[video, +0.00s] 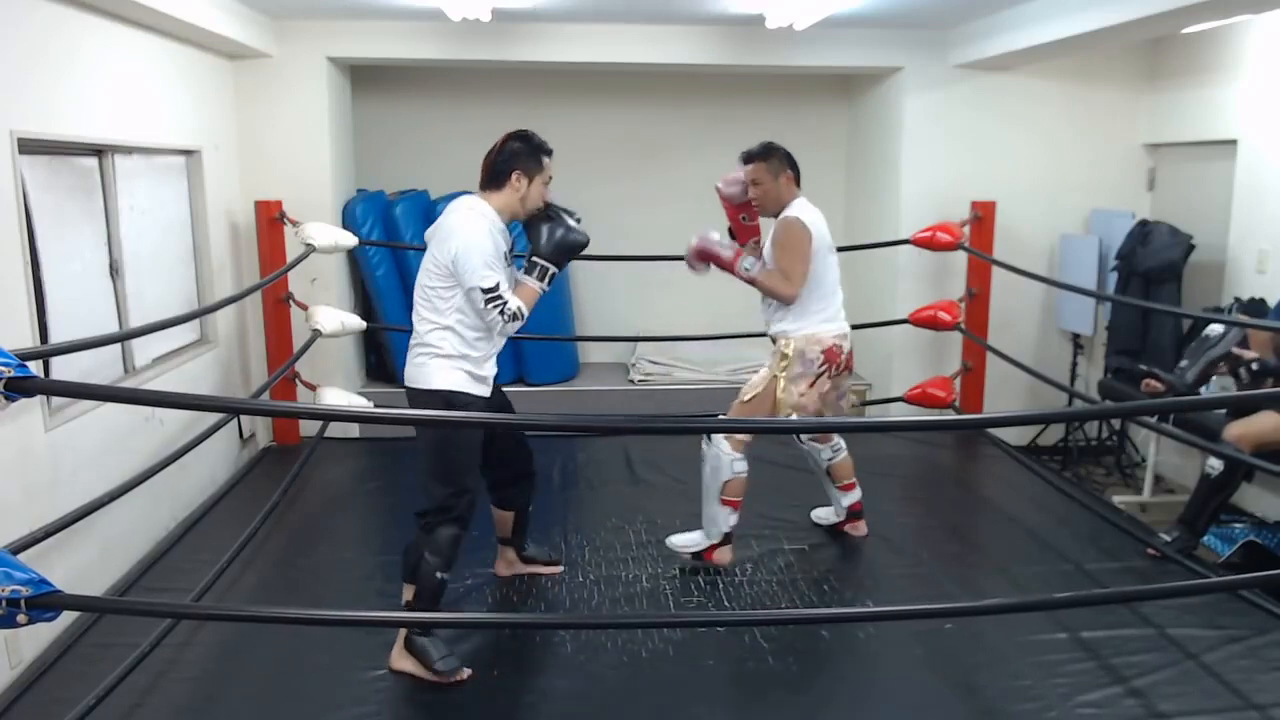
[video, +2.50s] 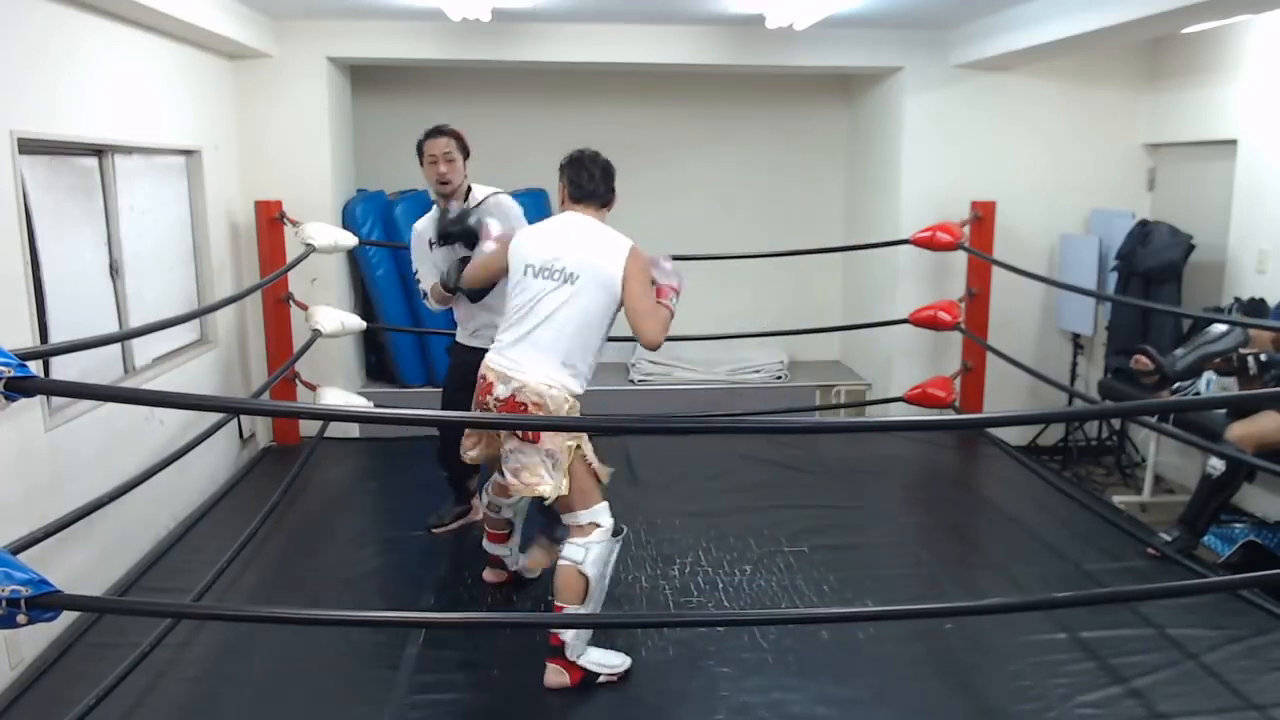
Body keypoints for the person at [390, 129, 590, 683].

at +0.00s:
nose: (547, 194)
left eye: (548, 183)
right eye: (545, 182)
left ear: (512, 178)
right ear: (518, 180)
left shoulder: (486, 223)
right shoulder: (471, 223)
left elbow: (501, 307)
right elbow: (505, 319)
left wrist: (540, 261)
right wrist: (544, 265)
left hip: (474, 377)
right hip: (444, 380)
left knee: (514, 465)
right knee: (451, 502)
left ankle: (510, 556)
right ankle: (410, 640)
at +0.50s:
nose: (488, 177)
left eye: (487, 167)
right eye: (478, 169)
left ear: (452, 175)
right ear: (444, 175)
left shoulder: (470, 228)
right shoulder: (411, 234)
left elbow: (469, 300)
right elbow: (433, 328)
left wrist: (505, 262)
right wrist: (491, 283)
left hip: (457, 383)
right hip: (410, 389)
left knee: (514, 460)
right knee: (403, 507)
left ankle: (510, 550)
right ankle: (351, 610)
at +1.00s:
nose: (529, 184)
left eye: (532, 175)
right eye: (522, 174)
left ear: (524, 179)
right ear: (490, 176)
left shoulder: (509, 226)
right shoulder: (455, 220)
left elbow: (528, 298)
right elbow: (491, 285)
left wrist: (546, 246)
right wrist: (516, 233)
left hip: (479, 363)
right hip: (429, 363)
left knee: (515, 455)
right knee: (400, 465)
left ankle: (514, 539)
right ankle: (352, 569)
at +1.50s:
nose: (460, 185)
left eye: (465, 175)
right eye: (449, 176)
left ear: (470, 179)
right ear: (423, 180)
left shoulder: (477, 223)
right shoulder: (392, 232)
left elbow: (504, 284)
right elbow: (396, 308)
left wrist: (500, 283)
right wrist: (414, 273)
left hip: (463, 355)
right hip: (405, 361)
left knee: (509, 441)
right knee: (384, 454)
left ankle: (516, 533)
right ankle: (362, 528)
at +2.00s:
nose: (486, 175)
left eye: (494, 164)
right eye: (476, 164)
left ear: (503, 168)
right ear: (456, 167)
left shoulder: (512, 215)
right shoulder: (434, 212)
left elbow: (533, 288)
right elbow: (461, 251)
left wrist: (519, 245)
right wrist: (518, 232)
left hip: (503, 349)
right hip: (445, 347)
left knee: (540, 428)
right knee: (409, 428)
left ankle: (555, 508)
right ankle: (413, 490)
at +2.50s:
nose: (442, 170)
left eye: (450, 159)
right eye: (432, 162)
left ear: (466, 162)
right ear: (423, 170)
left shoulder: (501, 206)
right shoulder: (422, 231)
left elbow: (524, 264)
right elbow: (434, 297)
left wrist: (478, 257)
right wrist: (442, 291)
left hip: (518, 338)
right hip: (470, 342)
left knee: (527, 427)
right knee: (451, 431)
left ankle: (546, 518)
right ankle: (467, 503)